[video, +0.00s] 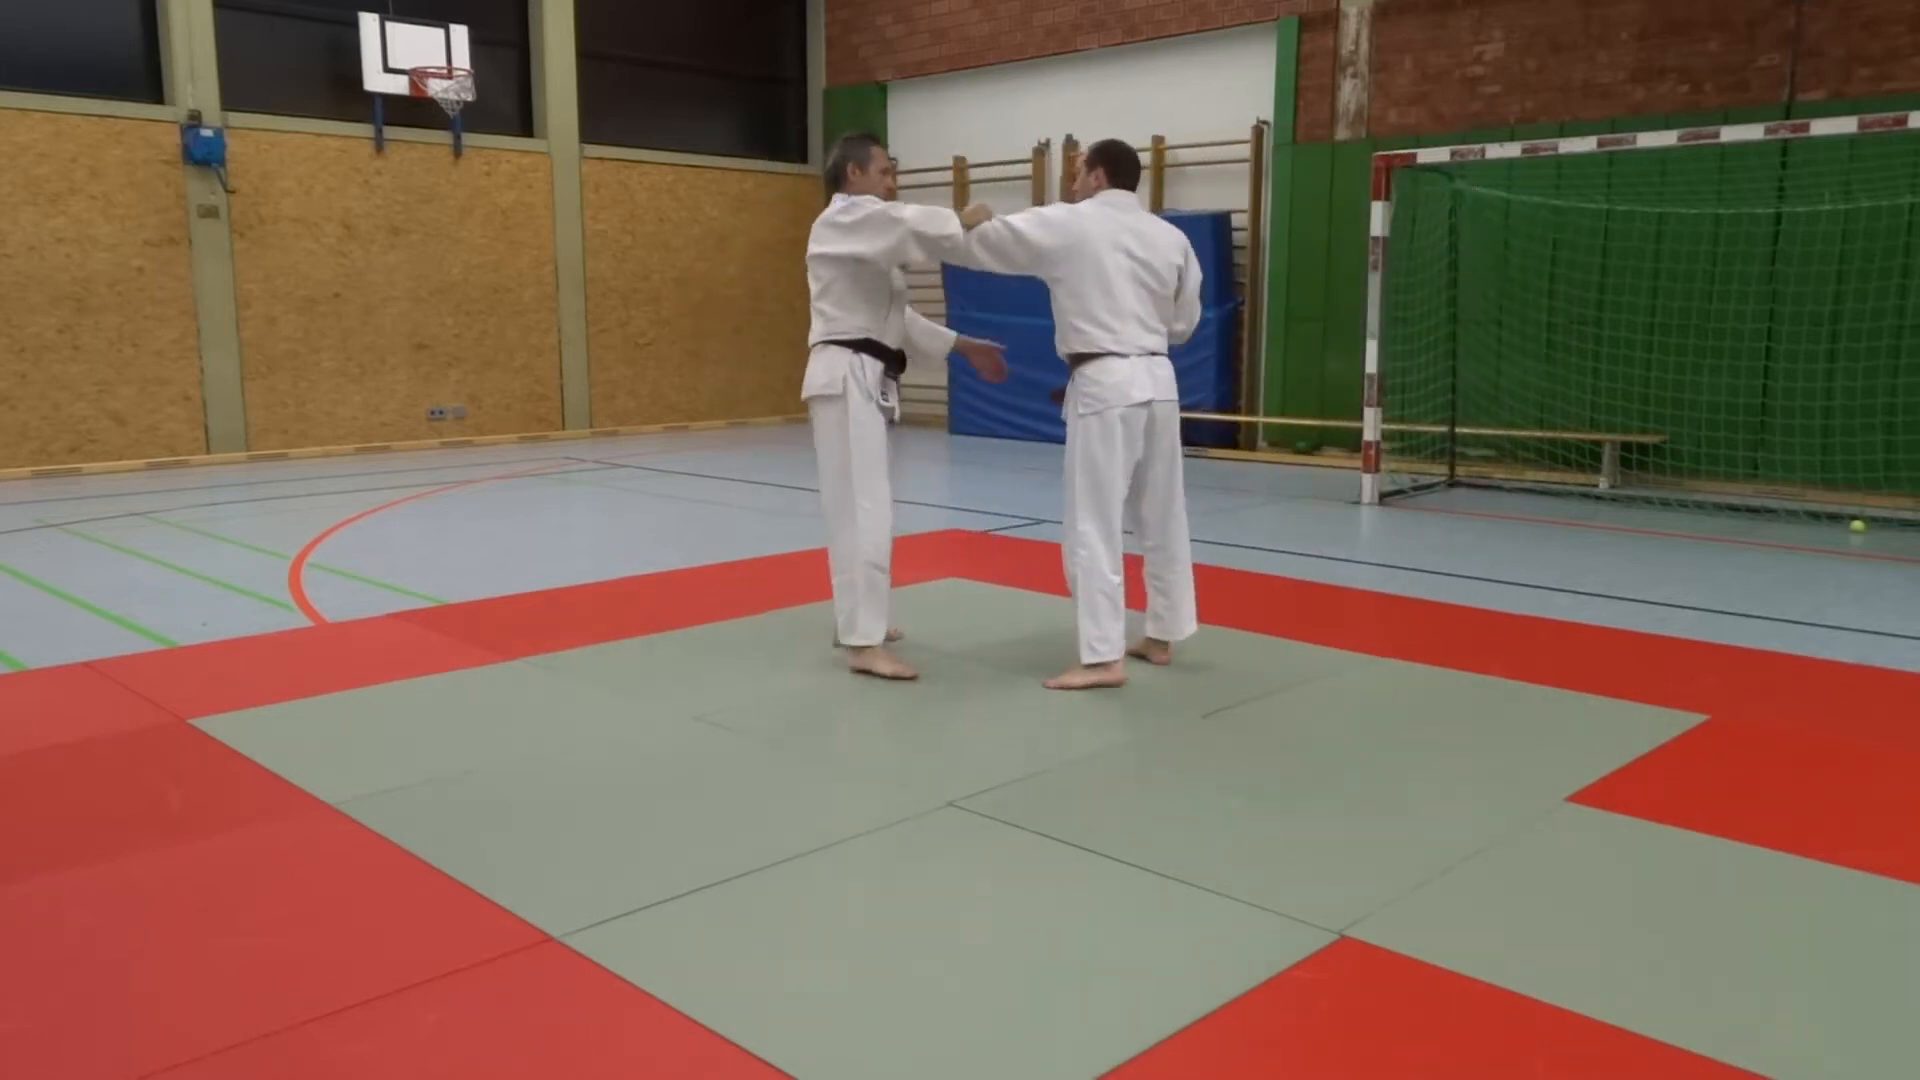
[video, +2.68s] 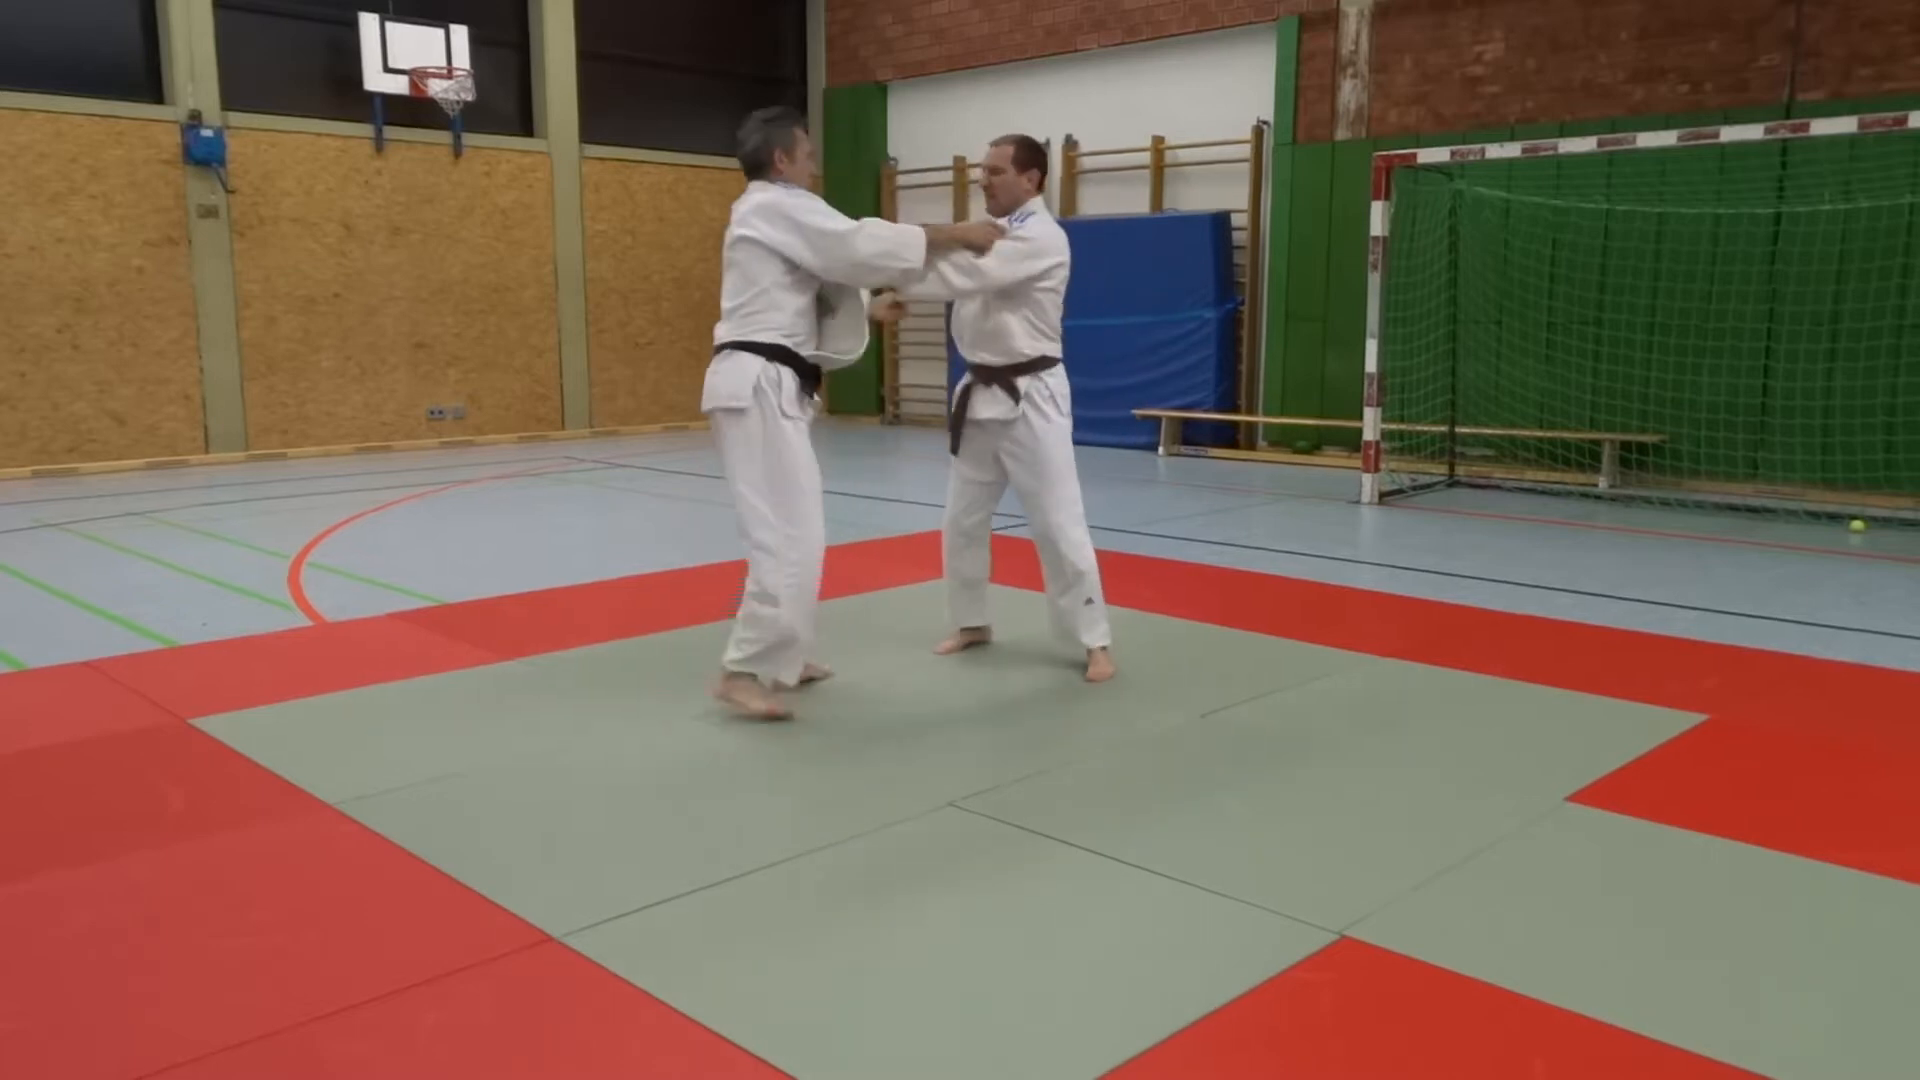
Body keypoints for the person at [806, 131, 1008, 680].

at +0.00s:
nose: (893, 179)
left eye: (892, 170)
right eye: (884, 170)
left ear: (859, 175)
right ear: (854, 174)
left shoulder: (865, 229)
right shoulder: (841, 216)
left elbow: (894, 319)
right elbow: (902, 225)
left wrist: (963, 345)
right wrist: (961, 220)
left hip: (863, 375)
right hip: (843, 374)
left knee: (864, 504)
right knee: (862, 506)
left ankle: (862, 621)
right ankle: (861, 642)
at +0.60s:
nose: (895, 180)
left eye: (893, 171)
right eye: (885, 170)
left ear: (859, 177)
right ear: (852, 175)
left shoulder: (859, 226)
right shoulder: (836, 219)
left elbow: (877, 302)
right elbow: (892, 246)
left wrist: (946, 313)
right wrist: (967, 229)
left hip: (852, 372)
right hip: (828, 369)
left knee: (845, 503)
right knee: (832, 505)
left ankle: (845, 617)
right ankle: (775, 621)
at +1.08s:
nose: (856, 188)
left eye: (855, 177)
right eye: (848, 177)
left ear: (822, 178)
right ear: (816, 178)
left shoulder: (828, 237)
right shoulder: (782, 227)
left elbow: (868, 298)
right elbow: (859, 251)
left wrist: (938, 299)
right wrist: (947, 228)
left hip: (802, 389)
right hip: (756, 382)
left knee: (816, 499)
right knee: (742, 507)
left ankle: (823, 616)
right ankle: (727, 638)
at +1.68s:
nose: (894, 184)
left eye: (894, 176)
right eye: (883, 176)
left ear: (887, 183)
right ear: (849, 181)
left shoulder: (883, 240)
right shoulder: (831, 220)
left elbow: (921, 304)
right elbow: (896, 239)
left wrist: (999, 292)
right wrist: (991, 231)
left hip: (836, 386)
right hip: (792, 378)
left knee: (848, 501)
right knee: (771, 508)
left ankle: (845, 615)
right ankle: (737, 635)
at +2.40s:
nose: (893, 184)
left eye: (893, 173)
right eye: (888, 173)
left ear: (850, 171)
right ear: (859, 172)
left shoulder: (842, 215)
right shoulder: (843, 218)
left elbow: (906, 262)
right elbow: (913, 282)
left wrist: (975, 274)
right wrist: (1008, 276)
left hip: (824, 383)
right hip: (802, 380)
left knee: (834, 514)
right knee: (802, 527)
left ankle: (806, 633)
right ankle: (774, 680)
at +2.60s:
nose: (832, 169)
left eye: (829, 160)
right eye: (825, 159)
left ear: (790, 166)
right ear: (800, 164)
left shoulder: (790, 211)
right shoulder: (789, 207)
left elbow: (863, 261)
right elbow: (869, 246)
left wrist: (927, 244)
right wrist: (969, 242)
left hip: (783, 381)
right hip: (771, 381)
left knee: (794, 527)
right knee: (791, 530)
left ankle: (789, 656)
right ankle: (777, 676)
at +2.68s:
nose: (815, 163)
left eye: (812, 153)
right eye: (808, 153)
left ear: (770, 161)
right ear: (782, 158)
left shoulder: (771, 211)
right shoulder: (771, 204)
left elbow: (800, 314)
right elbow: (857, 243)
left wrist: (867, 312)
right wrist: (956, 234)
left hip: (771, 383)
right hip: (758, 383)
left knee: (792, 525)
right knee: (789, 529)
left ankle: (784, 652)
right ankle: (743, 670)